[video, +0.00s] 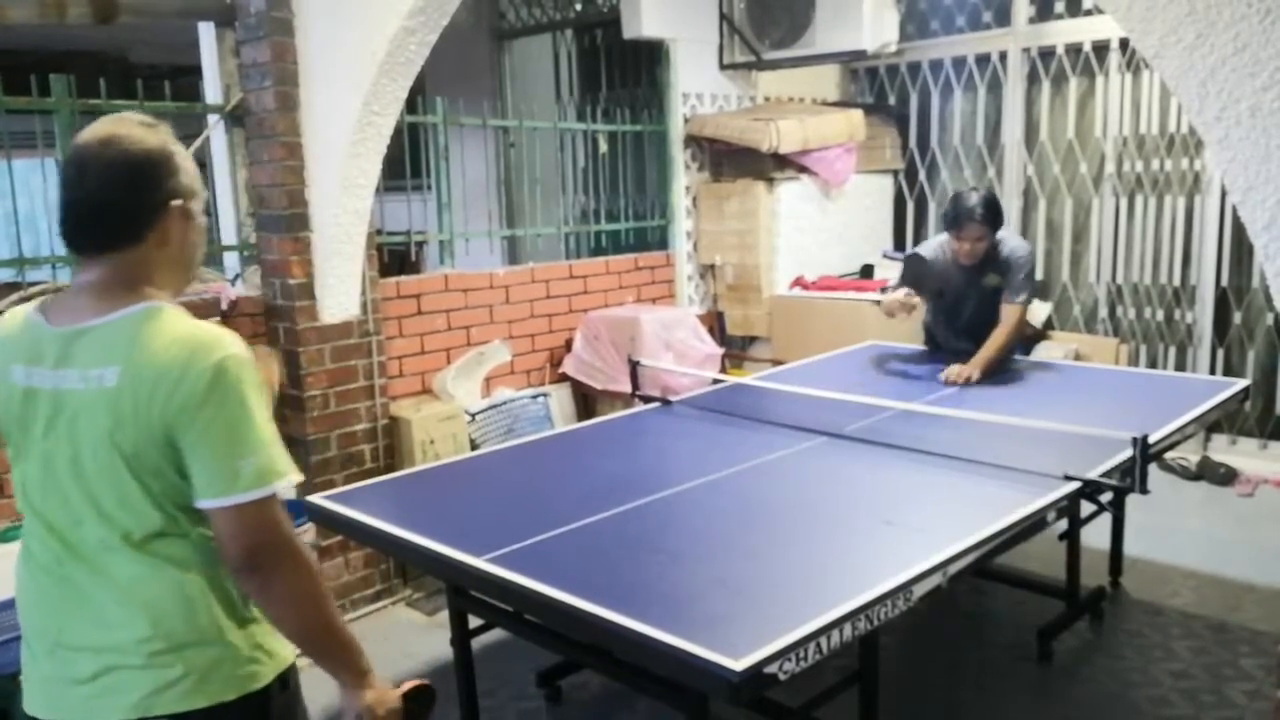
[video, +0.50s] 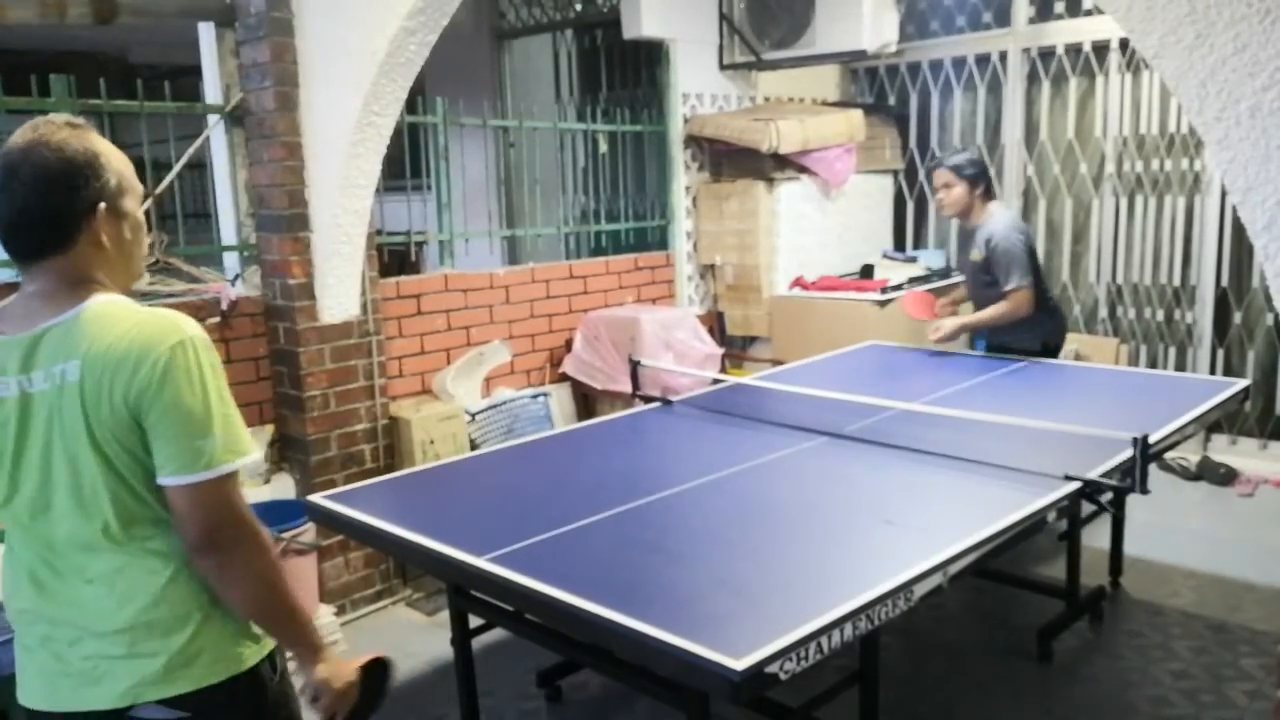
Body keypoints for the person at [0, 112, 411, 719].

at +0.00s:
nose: (202, 230)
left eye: (203, 212)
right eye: (201, 212)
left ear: (75, 219)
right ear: (175, 219)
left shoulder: (15, 340)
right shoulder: (201, 356)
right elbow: (256, 551)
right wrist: (359, 678)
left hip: (56, 682)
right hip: (198, 686)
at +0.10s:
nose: (180, 239)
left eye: (182, 218)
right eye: (175, 217)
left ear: (51, 226)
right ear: (137, 225)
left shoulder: (12, 337)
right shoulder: (169, 354)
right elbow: (220, 548)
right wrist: (320, 682)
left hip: (40, 687)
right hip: (177, 691)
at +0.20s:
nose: (160, 238)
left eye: (160, 217)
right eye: (153, 216)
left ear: (32, 226)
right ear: (113, 223)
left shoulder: (6, 330)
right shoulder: (147, 346)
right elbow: (193, 542)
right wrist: (281, 683)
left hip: (24, 690)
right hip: (158, 693)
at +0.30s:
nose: (147, 238)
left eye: (147, 218)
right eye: (140, 217)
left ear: (21, 229)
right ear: (101, 222)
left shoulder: (7, 332)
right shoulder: (140, 341)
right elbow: (185, 540)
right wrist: (267, 680)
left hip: (24, 689)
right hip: (152, 691)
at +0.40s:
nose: (144, 231)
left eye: (142, 212)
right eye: (136, 213)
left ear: (16, 231)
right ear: (99, 222)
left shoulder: (7, 332)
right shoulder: (146, 341)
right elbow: (194, 539)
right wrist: (284, 670)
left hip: (39, 687)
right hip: (170, 687)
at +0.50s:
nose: (149, 231)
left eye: (146, 213)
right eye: (141, 213)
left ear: (17, 230)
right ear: (103, 223)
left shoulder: (7, 333)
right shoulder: (157, 340)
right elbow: (214, 532)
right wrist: (312, 654)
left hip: (50, 682)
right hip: (187, 681)